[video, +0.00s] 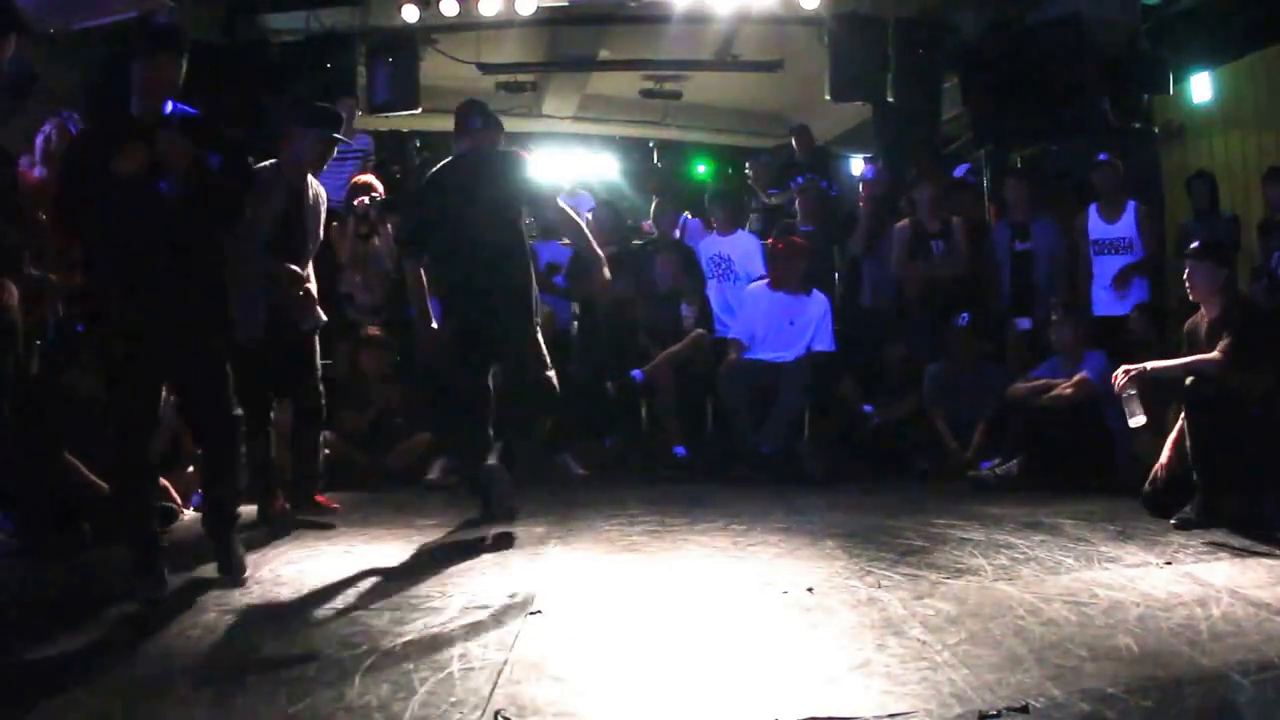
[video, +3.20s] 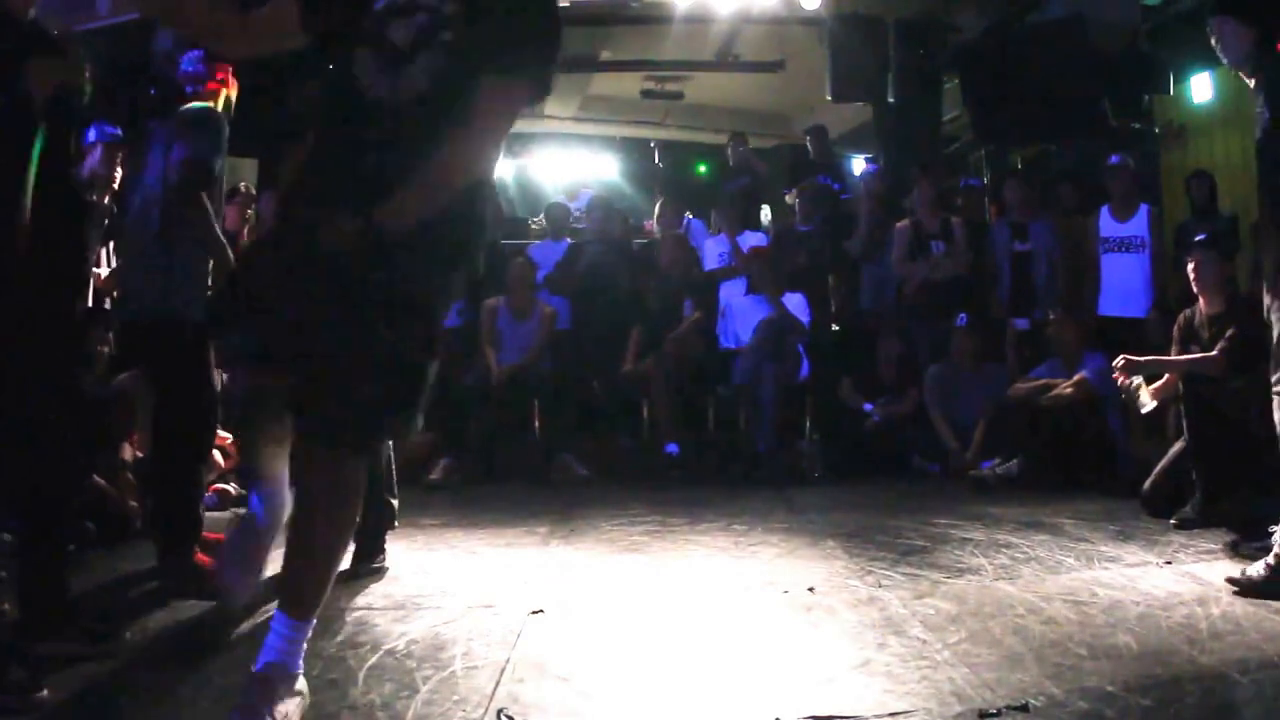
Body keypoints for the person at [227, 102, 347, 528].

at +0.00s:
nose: (328, 152)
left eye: (331, 144)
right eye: (321, 142)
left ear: (325, 148)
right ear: (295, 139)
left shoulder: (316, 192)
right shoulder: (260, 180)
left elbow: (310, 252)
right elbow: (246, 247)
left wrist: (311, 297)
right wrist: (287, 274)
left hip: (299, 312)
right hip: (255, 312)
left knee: (310, 403)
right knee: (258, 406)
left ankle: (305, 489)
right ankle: (267, 493)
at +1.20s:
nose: (290, 141)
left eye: (296, 133)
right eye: (283, 130)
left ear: (298, 137)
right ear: (255, 126)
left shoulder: (291, 188)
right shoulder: (211, 176)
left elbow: (282, 253)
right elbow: (175, 236)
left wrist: (285, 280)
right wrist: (201, 279)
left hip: (267, 311)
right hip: (212, 314)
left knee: (292, 401)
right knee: (220, 423)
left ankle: (265, 471)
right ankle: (221, 528)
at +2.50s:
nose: (259, 71)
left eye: (260, 60)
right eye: (249, 59)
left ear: (249, 69)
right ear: (217, 61)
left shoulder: (239, 137)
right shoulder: (185, 124)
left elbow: (232, 222)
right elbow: (148, 201)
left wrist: (256, 260)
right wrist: (196, 259)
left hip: (221, 303)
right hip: (175, 306)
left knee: (243, 423)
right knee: (182, 426)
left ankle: (216, 536)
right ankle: (180, 553)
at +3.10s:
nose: (236, 96)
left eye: (235, 86)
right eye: (232, 85)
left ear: (199, 81)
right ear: (216, 83)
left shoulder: (185, 120)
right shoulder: (192, 117)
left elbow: (172, 209)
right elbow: (163, 199)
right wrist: (207, 254)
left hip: (166, 297)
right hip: (167, 301)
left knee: (179, 422)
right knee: (183, 425)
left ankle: (179, 535)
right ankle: (179, 554)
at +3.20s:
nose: (233, 100)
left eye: (231, 94)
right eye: (231, 93)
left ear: (193, 88)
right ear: (221, 91)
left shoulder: (169, 126)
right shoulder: (205, 120)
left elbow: (128, 210)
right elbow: (190, 197)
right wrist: (229, 263)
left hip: (150, 301)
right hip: (176, 305)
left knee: (175, 422)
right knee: (191, 422)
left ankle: (171, 541)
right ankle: (179, 550)